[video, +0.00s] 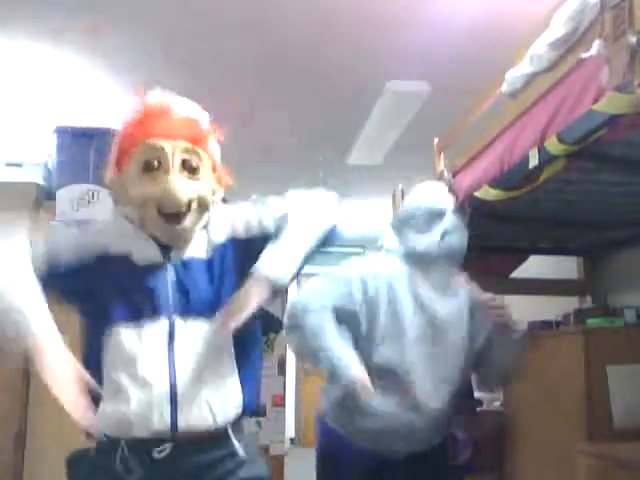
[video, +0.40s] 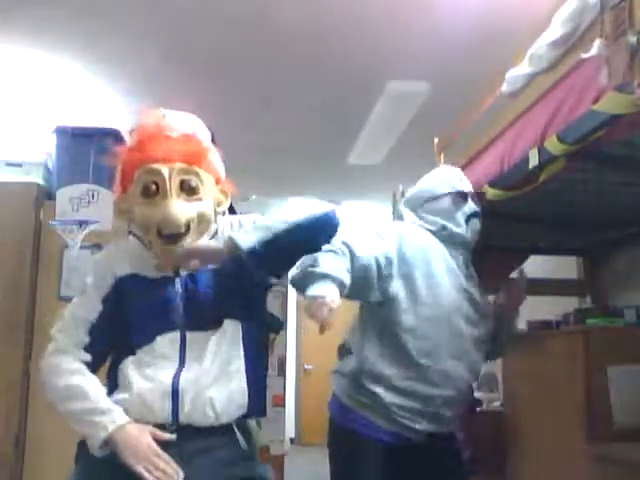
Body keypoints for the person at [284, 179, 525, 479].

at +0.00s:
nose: (437, 226)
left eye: (446, 215)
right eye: (426, 214)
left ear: (461, 224)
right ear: (405, 221)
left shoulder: (467, 295)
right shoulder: (374, 273)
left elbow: (491, 376)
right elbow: (307, 305)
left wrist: (504, 331)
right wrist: (353, 377)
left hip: (427, 449)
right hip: (356, 447)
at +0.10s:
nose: (447, 215)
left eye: (452, 206)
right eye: (433, 205)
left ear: (462, 217)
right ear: (409, 214)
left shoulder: (472, 289)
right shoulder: (375, 263)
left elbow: (497, 362)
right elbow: (311, 287)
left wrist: (512, 327)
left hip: (432, 443)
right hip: (359, 440)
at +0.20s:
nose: (455, 208)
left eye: (459, 198)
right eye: (443, 198)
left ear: (465, 209)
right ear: (415, 205)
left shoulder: (473, 281)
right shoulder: (389, 250)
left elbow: (495, 348)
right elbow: (310, 252)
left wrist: (511, 326)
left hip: (436, 439)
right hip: (366, 432)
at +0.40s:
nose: (466, 207)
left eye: (467, 199)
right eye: (456, 197)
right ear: (434, 202)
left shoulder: (472, 275)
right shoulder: (405, 239)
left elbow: (487, 348)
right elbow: (344, 251)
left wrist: (506, 311)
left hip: (435, 434)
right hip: (370, 428)